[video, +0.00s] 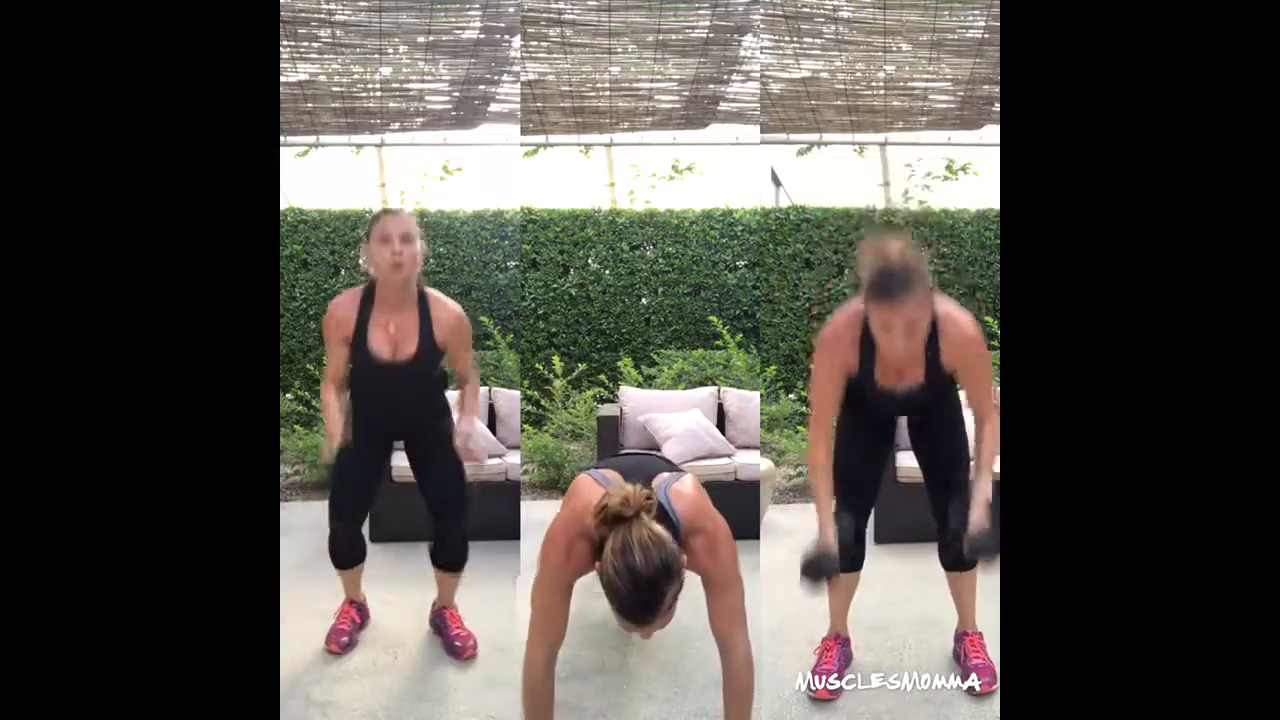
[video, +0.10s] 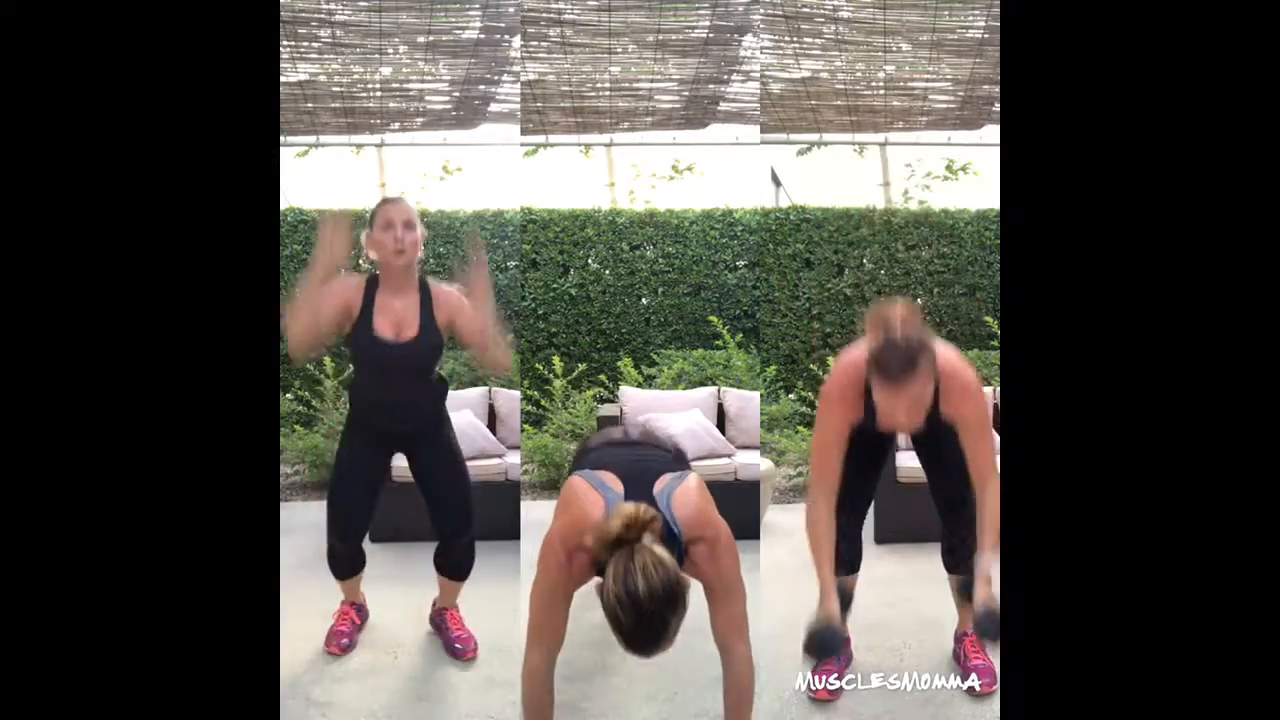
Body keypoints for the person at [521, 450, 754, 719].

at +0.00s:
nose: (646, 636)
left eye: (663, 621)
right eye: (630, 626)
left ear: (682, 563)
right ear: (599, 570)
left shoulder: (708, 530)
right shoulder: (568, 533)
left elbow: (736, 650)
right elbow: (541, 651)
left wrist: (738, 715)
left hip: (674, 477)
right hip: (598, 477)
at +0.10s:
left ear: (681, 579)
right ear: (601, 589)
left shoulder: (709, 535)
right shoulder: (566, 543)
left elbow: (736, 652)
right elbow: (540, 656)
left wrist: (738, 715)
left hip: (671, 459)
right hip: (594, 458)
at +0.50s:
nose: (633, 619)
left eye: (644, 610)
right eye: (622, 610)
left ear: (671, 549)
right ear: (590, 554)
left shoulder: (696, 521)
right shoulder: (566, 518)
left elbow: (725, 644)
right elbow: (539, 651)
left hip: (664, 470)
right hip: (591, 466)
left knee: (671, 624)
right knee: (569, 620)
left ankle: (640, 626)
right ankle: (605, 620)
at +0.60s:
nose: (631, 613)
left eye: (645, 604)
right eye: (619, 603)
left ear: (669, 547)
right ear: (589, 549)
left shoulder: (691, 519)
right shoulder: (569, 508)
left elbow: (724, 640)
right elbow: (539, 647)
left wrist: (732, 716)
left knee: (671, 638)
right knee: (567, 631)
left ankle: (637, 624)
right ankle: (604, 620)